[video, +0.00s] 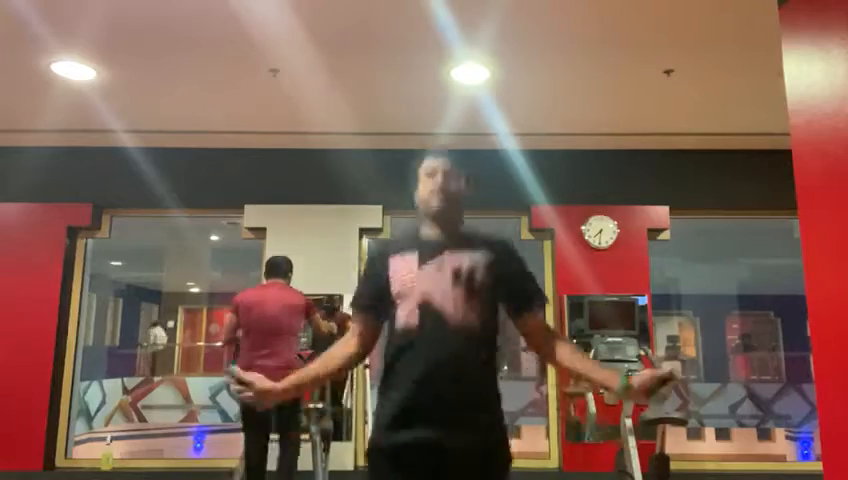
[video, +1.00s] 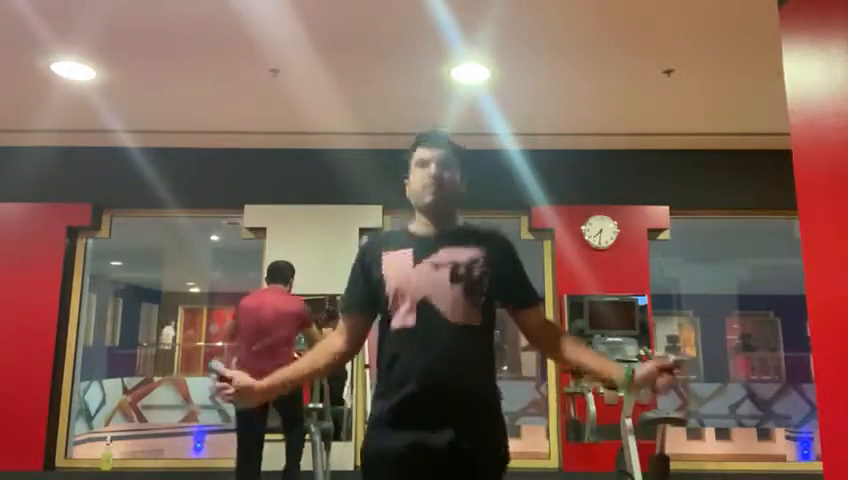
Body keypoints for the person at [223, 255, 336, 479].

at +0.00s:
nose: (290, 279)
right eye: (290, 275)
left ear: (265, 274)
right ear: (290, 275)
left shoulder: (244, 297)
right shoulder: (299, 298)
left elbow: (227, 337)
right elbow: (320, 330)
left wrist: (243, 336)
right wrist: (331, 325)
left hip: (251, 375)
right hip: (287, 376)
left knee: (255, 440)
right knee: (289, 439)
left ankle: (254, 476)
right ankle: (285, 476)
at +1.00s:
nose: (292, 285)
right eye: (292, 282)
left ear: (266, 280)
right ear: (290, 282)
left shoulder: (246, 302)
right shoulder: (296, 305)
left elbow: (229, 334)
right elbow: (315, 340)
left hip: (247, 379)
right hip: (284, 378)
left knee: (249, 443)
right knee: (294, 428)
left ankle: (247, 475)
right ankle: (292, 471)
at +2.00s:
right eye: (289, 281)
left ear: (264, 280)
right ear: (288, 281)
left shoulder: (247, 304)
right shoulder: (297, 305)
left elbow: (234, 342)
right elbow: (310, 344)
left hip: (251, 379)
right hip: (286, 379)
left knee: (248, 442)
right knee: (295, 423)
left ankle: (245, 475)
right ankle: (294, 468)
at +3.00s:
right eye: (295, 277)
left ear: (269, 276)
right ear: (294, 277)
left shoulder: (251, 297)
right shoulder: (303, 300)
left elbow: (247, 336)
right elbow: (315, 339)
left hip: (256, 380)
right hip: (290, 379)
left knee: (255, 440)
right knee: (291, 437)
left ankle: (248, 476)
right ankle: (293, 475)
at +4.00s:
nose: (293, 280)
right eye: (294, 276)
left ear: (269, 275)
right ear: (293, 278)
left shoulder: (250, 298)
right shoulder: (303, 302)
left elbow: (239, 336)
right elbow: (319, 340)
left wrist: (230, 356)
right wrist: (311, 362)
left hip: (254, 375)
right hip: (290, 376)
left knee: (255, 433)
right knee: (287, 437)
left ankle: (249, 476)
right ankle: (286, 476)